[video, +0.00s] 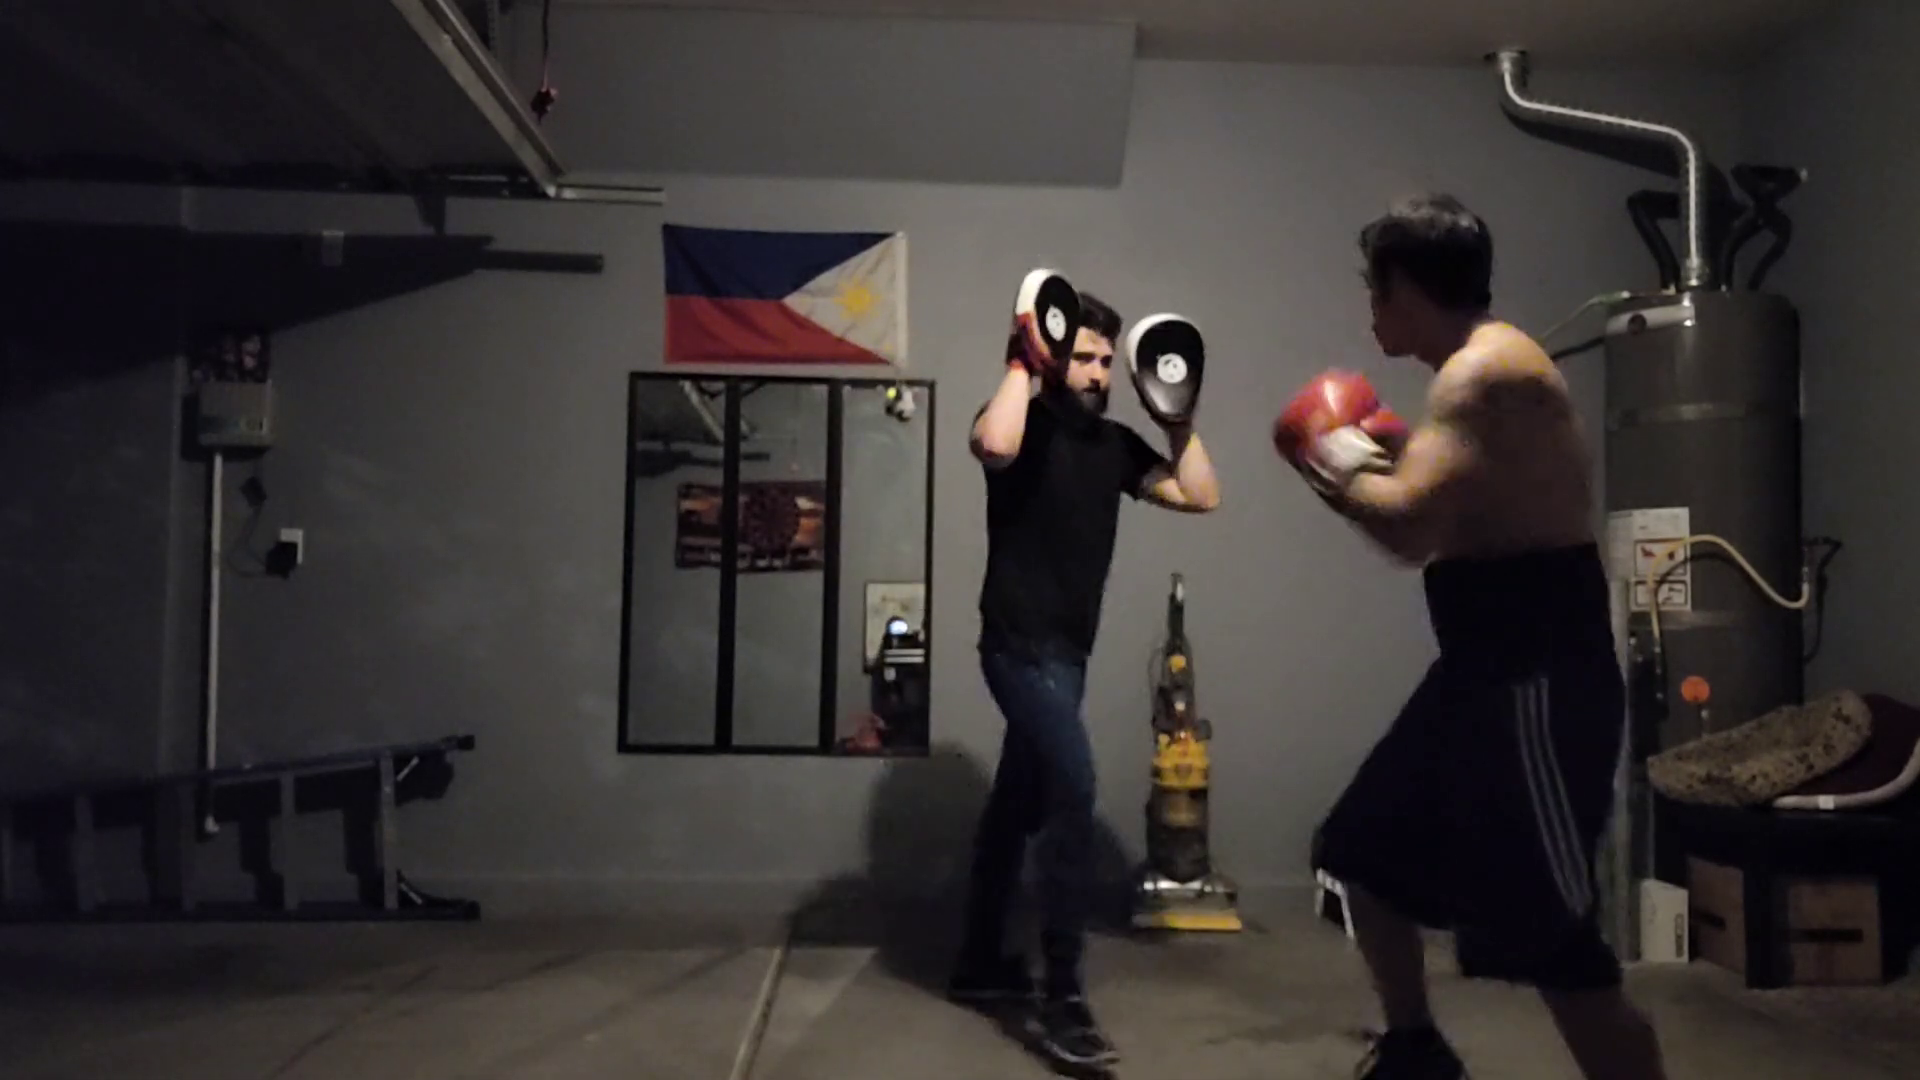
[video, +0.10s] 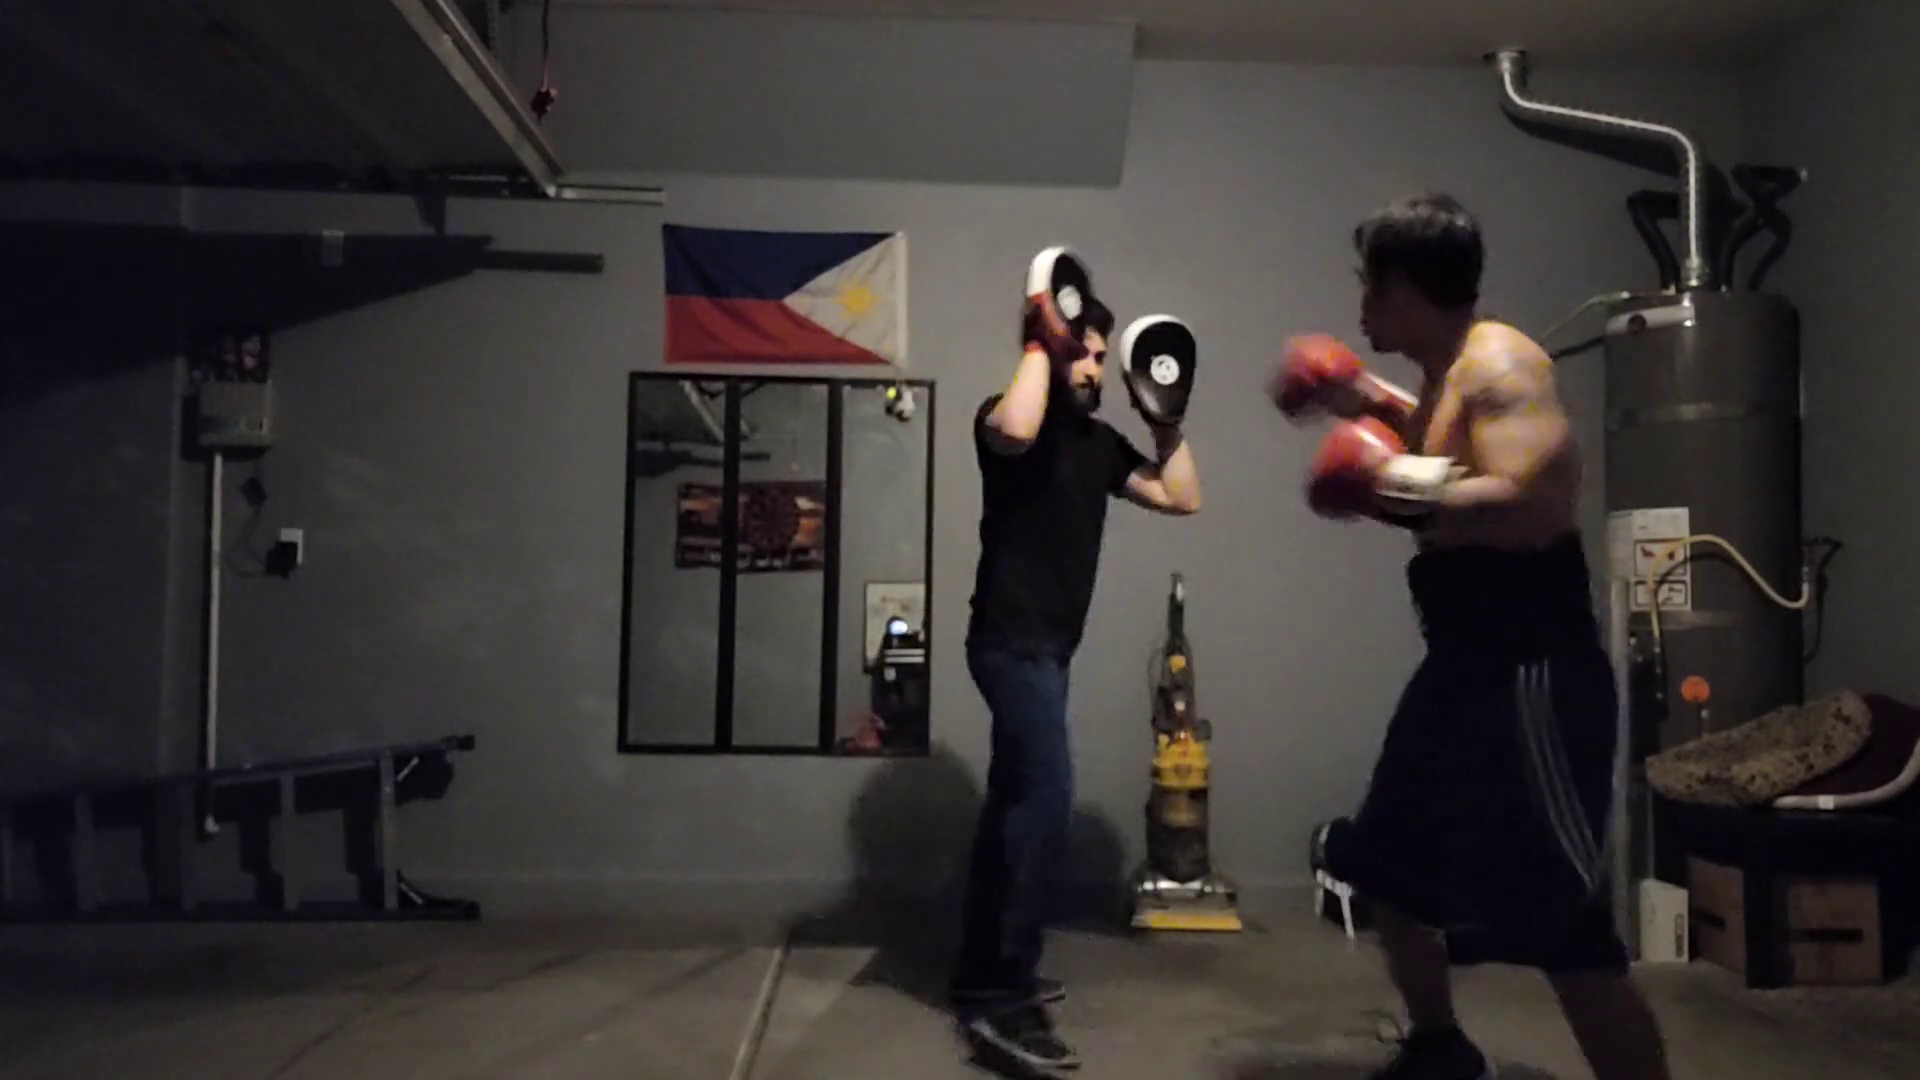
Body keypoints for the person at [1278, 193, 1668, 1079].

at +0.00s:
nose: (1373, 318)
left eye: (1379, 296)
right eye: (1372, 296)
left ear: (1422, 292)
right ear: (1449, 286)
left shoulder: (1483, 369)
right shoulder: (1499, 360)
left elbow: (1407, 523)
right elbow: (1468, 494)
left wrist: (1324, 465)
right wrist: (1382, 449)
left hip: (1538, 673)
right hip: (1482, 668)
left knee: (1556, 930)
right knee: (1367, 851)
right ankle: (1413, 1045)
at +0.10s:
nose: (1363, 308)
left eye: (1374, 289)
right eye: (1366, 288)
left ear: (1416, 291)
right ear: (1433, 288)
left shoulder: (1501, 362)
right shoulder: (1450, 371)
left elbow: (1523, 500)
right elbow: (1440, 453)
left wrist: (1391, 489)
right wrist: (1359, 398)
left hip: (1535, 667)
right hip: (1464, 663)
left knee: (1566, 916)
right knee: (1390, 863)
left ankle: (1640, 1072)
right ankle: (1437, 1046)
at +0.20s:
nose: (1357, 314)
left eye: (1369, 298)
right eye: (1361, 298)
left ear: (1414, 307)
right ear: (1405, 307)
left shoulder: (1499, 370)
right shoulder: (1405, 383)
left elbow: (1572, 487)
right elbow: (1317, 383)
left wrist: (1425, 483)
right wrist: (1225, 320)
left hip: (1523, 665)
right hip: (1451, 666)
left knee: (1539, 915)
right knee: (1408, 875)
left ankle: (1617, 1071)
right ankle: (1451, 1054)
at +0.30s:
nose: (1353, 318)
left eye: (1361, 301)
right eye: (1355, 301)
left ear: (1397, 306)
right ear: (1416, 308)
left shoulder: (1473, 372)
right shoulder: (1415, 393)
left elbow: (1511, 488)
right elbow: (1347, 438)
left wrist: (1383, 464)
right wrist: (1272, 362)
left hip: (1505, 648)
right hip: (1453, 652)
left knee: (1511, 879)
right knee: (1415, 864)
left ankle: (1608, 1070)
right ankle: (1451, 1054)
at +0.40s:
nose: (1357, 323)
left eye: (1365, 307)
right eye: (1359, 307)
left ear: (1400, 305)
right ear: (1431, 307)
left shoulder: (1431, 357)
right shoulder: (1477, 377)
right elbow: (1391, 501)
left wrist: (1264, 409)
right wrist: (1297, 451)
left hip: (1486, 632)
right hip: (1486, 631)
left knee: (1526, 871)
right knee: (1447, 859)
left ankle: (1651, 1064)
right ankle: (1459, 1054)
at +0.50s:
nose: (1363, 338)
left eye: (1368, 322)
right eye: (1361, 323)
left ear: (1403, 317)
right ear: (1451, 319)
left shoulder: (1399, 365)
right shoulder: (1529, 398)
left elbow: (1252, 424)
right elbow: (1541, 540)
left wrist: (1210, 368)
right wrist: (1417, 559)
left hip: (1492, 640)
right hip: (1528, 634)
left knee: (1547, 881)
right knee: (1444, 859)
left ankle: (1661, 1069)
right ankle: (1460, 1056)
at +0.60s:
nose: (1363, 348)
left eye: (1370, 331)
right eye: (1361, 331)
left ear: (1413, 326)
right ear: (1443, 329)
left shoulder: (1406, 388)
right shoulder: (1526, 398)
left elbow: (1298, 492)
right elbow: (1580, 547)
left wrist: (1273, 429)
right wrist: (1486, 572)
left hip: (1489, 645)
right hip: (1541, 635)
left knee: (1555, 885)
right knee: (1426, 854)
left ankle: (1666, 1068)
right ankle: (1460, 1056)